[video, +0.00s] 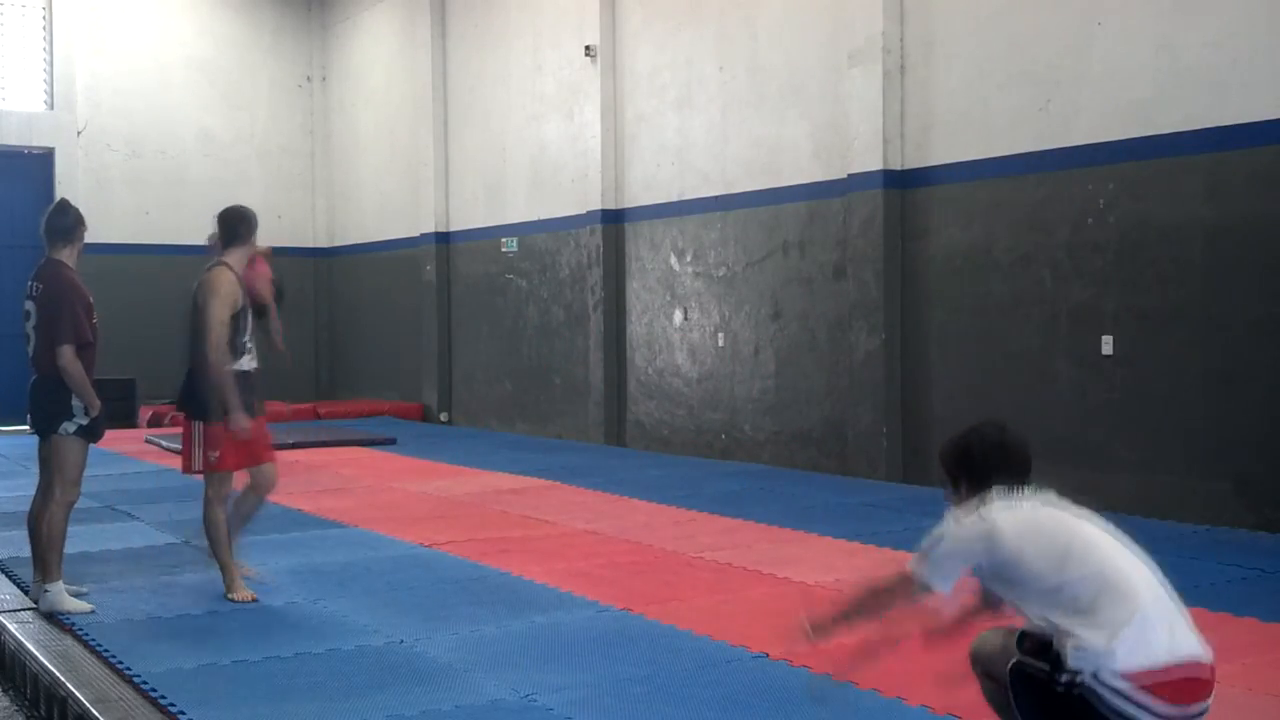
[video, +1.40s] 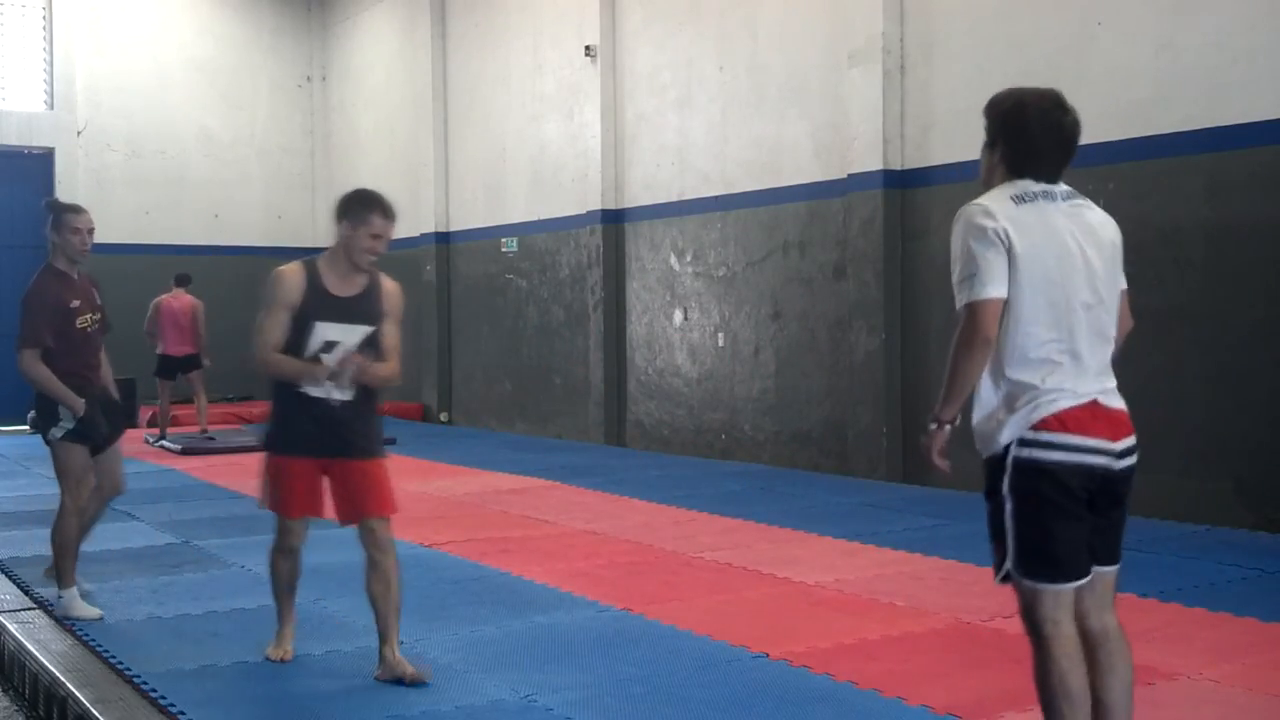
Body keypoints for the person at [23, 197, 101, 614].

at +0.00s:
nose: (87, 236)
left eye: (83, 230)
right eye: (86, 231)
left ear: (49, 235)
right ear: (82, 234)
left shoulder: (41, 276)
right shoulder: (66, 285)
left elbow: (40, 346)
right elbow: (65, 356)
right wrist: (93, 403)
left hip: (46, 392)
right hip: (66, 396)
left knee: (47, 489)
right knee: (64, 494)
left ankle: (44, 579)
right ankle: (51, 589)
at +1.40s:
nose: (87, 239)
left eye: (90, 232)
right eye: (77, 232)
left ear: (90, 236)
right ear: (55, 235)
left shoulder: (85, 282)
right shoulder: (43, 288)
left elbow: (96, 347)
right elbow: (28, 361)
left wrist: (114, 397)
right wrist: (79, 405)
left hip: (94, 398)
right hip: (61, 405)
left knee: (111, 485)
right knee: (77, 492)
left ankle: (58, 561)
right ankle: (67, 593)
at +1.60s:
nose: (80, 237)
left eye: (86, 230)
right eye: (71, 230)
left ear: (93, 232)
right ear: (55, 233)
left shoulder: (104, 280)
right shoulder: (41, 289)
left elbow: (118, 341)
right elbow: (19, 358)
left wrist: (129, 393)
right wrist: (65, 407)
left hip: (112, 402)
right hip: (67, 408)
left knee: (139, 488)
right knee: (69, 502)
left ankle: (113, 575)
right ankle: (67, 595)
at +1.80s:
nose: (92, 240)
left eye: (99, 232)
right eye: (84, 232)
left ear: (109, 234)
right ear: (69, 235)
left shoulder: (128, 285)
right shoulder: (51, 292)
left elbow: (141, 345)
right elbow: (24, 360)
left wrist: (146, 395)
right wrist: (63, 408)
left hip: (127, 404)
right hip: (77, 409)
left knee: (152, 500)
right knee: (74, 507)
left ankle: (169, 593)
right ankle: (68, 595)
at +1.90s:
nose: (104, 241)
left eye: (112, 234)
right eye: (96, 234)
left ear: (122, 237)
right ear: (81, 237)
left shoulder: (141, 288)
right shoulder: (62, 293)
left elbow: (154, 349)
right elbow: (33, 360)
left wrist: (158, 400)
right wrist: (67, 410)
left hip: (136, 409)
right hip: (85, 413)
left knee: (161, 502)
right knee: (79, 510)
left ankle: (179, 599)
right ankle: (70, 595)